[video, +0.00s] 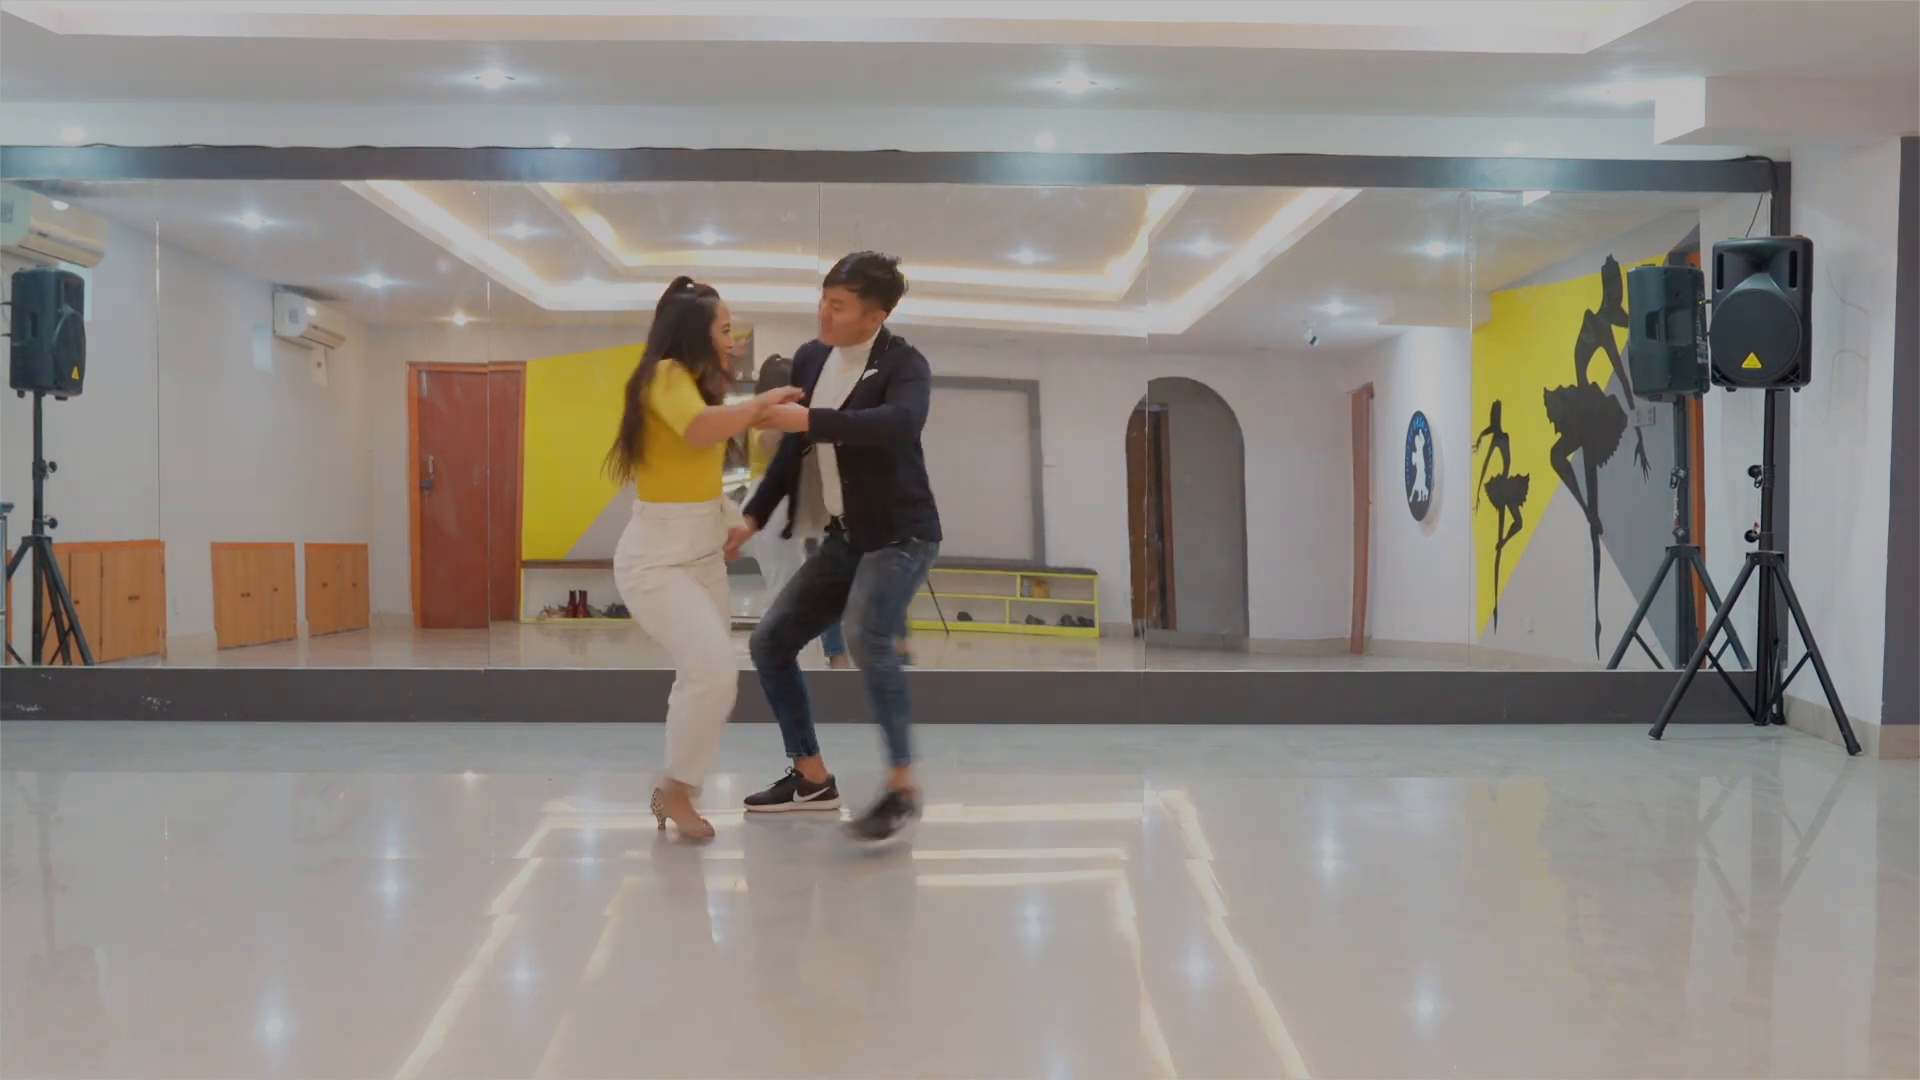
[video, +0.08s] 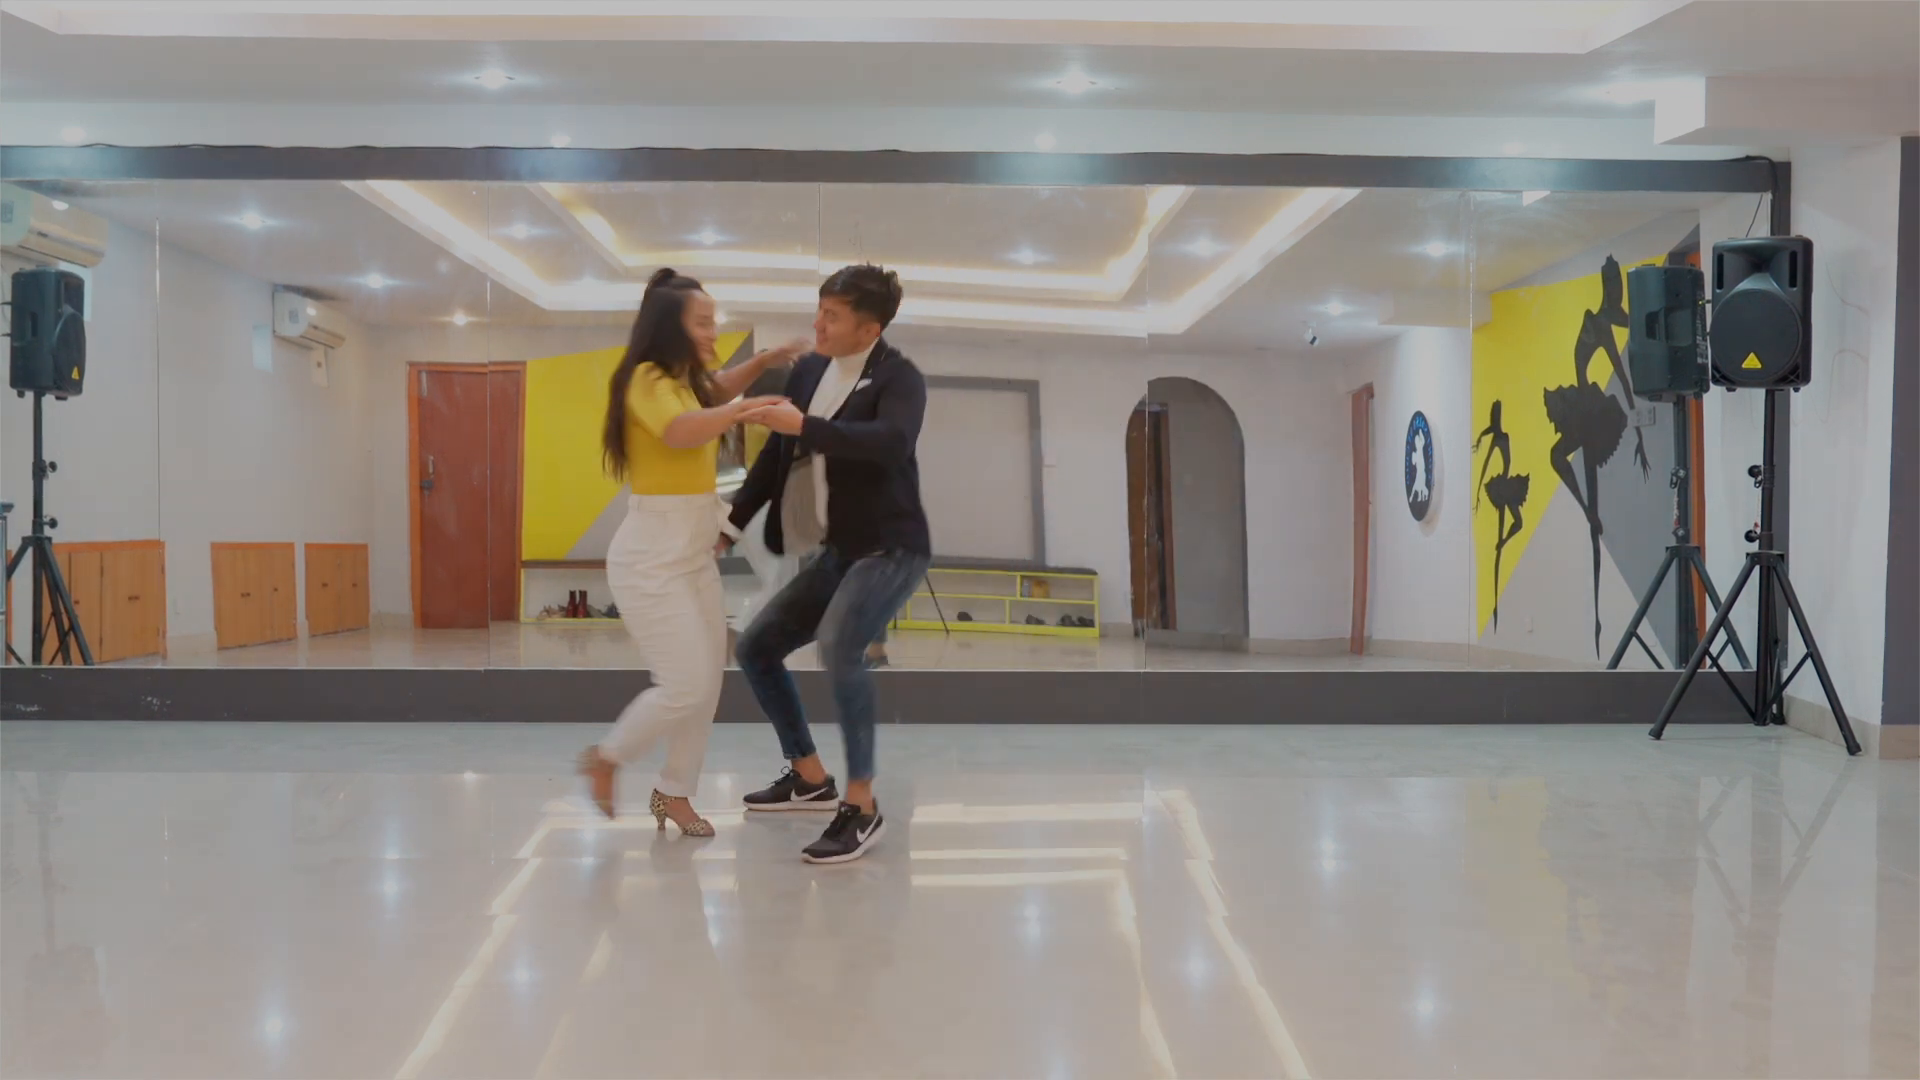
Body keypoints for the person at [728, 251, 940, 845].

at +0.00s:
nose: (824, 312)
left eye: (838, 305)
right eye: (824, 301)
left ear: (877, 315)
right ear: (825, 301)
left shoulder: (904, 363)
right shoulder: (812, 358)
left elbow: (903, 423)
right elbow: (792, 445)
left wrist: (808, 419)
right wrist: (752, 518)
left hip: (902, 535)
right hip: (844, 537)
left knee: (867, 638)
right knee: (771, 644)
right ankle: (811, 776)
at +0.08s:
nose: (819, 326)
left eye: (832, 318)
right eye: (820, 315)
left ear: (871, 326)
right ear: (824, 314)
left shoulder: (899, 378)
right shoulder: (810, 369)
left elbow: (892, 443)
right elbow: (777, 454)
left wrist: (804, 426)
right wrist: (731, 523)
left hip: (894, 548)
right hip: (841, 550)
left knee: (841, 647)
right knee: (757, 647)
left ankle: (861, 804)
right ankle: (809, 774)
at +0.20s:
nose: (812, 341)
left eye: (827, 333)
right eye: (816, 329)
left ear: (864, 350)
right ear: (827, 338)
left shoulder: (885, 406)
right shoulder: (806, 410)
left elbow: (876, 481)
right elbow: (766, 479)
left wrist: (789, 451)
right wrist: (711, 507)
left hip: (885, 578)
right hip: (835, 581)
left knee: (810, 670)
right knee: (744, 655)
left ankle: (860, 815)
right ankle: (807, 775)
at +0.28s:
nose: (807, 348)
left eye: (822, 341)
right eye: (812, 337)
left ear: (858, 360)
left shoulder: (879, 418)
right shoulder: (801, 415)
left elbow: (868, 497)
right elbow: (757, 471)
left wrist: (780, 466)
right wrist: (706, 469)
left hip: (886, 588)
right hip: (828, 591)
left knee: (813, 667)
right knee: (741, 657)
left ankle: (860, 815)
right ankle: (805, 775)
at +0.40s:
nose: (797, 347)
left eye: (811, 340)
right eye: (801, 336)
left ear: (847, 361)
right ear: (805, 343)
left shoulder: (880, 417)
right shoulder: (784, 400)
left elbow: (884, 513)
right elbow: (724, 435)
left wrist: (799, 498)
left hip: (896, 571)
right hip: (833, 573)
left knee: (839, 657)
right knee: (742, 653)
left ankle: (862, 812)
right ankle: (804, 771)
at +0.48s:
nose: (793, 335)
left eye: (807, 327)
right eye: (796, 323)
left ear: (845, 345)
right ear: (797, 328)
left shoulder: (888, 401)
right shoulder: (776, 383)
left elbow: (905, 498)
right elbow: (711, 418)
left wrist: (832, 484)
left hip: (901, 549)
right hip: (837, 551)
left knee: (870, 656)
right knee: (756, 646)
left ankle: (867, 807)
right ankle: (804, 767)